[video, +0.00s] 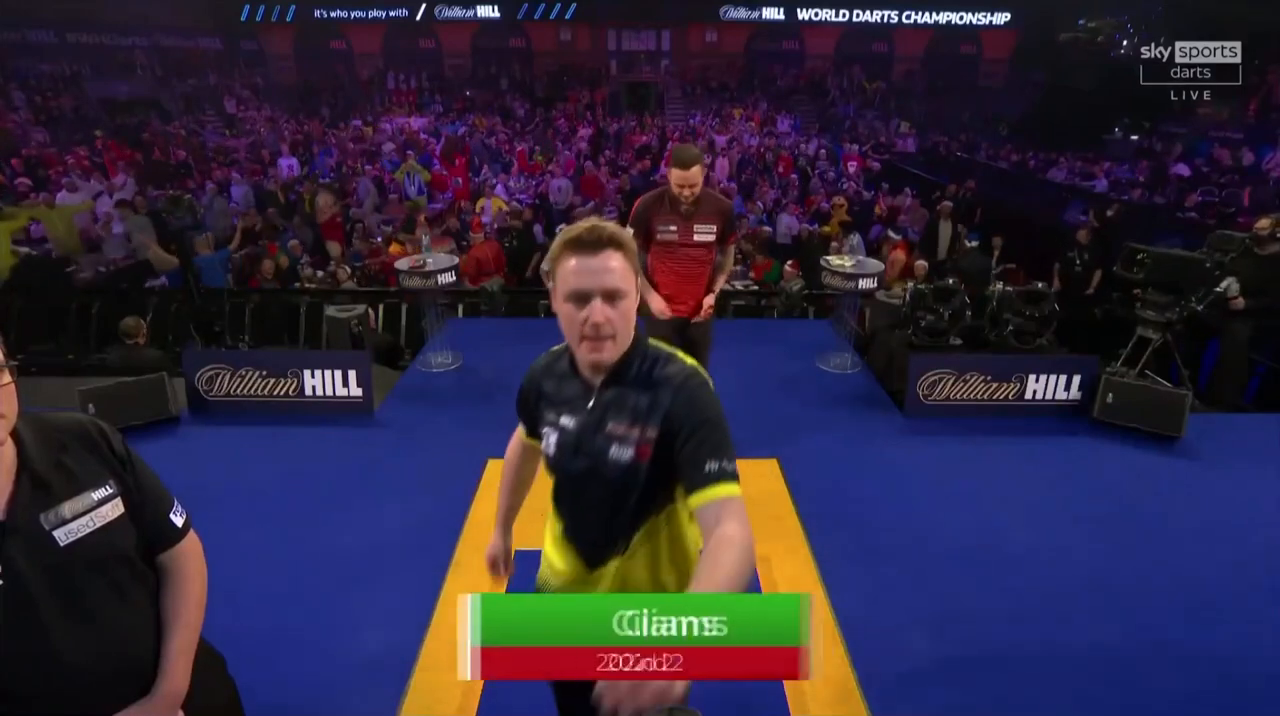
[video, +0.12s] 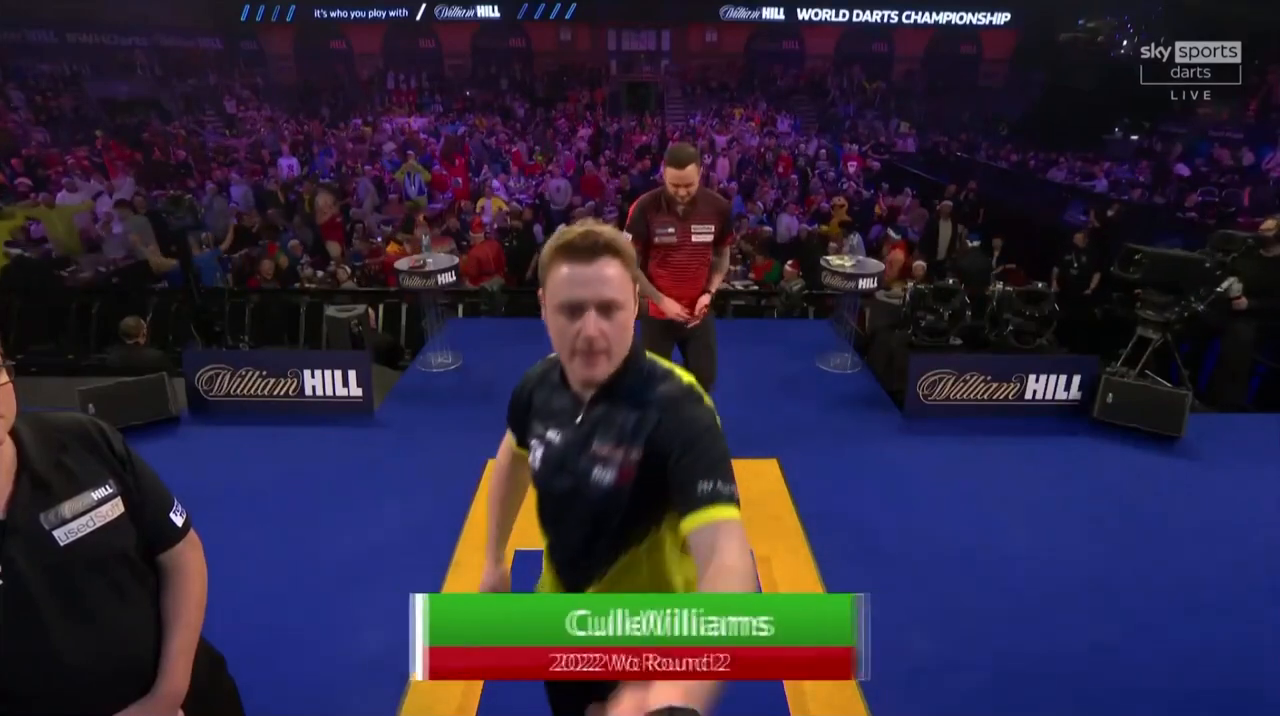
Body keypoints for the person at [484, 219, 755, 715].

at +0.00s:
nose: (597, 317)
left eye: (613, 297)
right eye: (579, 299)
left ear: (638, 298)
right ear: (553, 303)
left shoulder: (680, 387)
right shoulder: (546, 377)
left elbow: (729, 534)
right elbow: (527, 443)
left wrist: (677, 648)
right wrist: (502, 528)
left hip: (657, 614)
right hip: (565, 605)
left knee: (650, 706)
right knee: (574, 705)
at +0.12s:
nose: (590, 330)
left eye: (608, 309)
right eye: (571, 310)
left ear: (635, 308)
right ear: (543, 310)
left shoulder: (678, 406)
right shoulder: (538, 390)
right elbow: (513, 463)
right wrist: (495, 562)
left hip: (658, 639)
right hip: (559, 626)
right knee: (569, 706)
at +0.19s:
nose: (588, 345)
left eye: (607, 324)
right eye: (569, 325)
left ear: (637, 321)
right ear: (540, 322)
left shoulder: (677, 429)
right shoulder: (536, 401)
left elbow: (730, 610)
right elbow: (504, 472)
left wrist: (690, 708)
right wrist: (487, 581)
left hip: (653, 687)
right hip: (562, 672)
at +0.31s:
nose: (589, 382)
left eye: (610, 358)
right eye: (568, 358)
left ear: (645, 350)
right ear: (537, 350)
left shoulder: (681, 468)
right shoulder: (534, 434)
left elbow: (737, 660)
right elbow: (505, 495)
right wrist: (468, 600)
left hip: (646, 703)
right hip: (545, 692)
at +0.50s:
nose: (592, 438)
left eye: (617, 410)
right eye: (568, 410)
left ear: (659, 399)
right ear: (535, 397)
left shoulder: (693, 546)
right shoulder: (543, 485)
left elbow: (768, 702)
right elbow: (521, 549)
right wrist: (470, 637)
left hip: (640, 700)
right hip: (540, 697)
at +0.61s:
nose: (593, 480)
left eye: (622, 444)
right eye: (564, 444)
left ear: (666, 423)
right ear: (529, 424)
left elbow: (779, 703)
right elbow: (526, 608)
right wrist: (498, 660)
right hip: (540, 697)